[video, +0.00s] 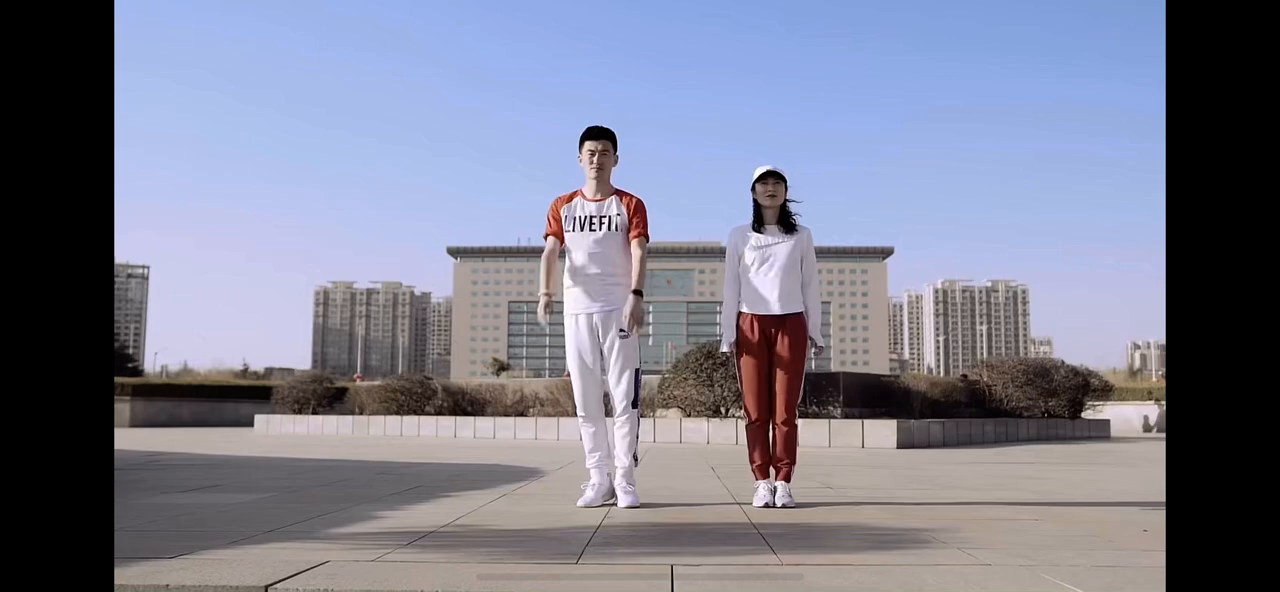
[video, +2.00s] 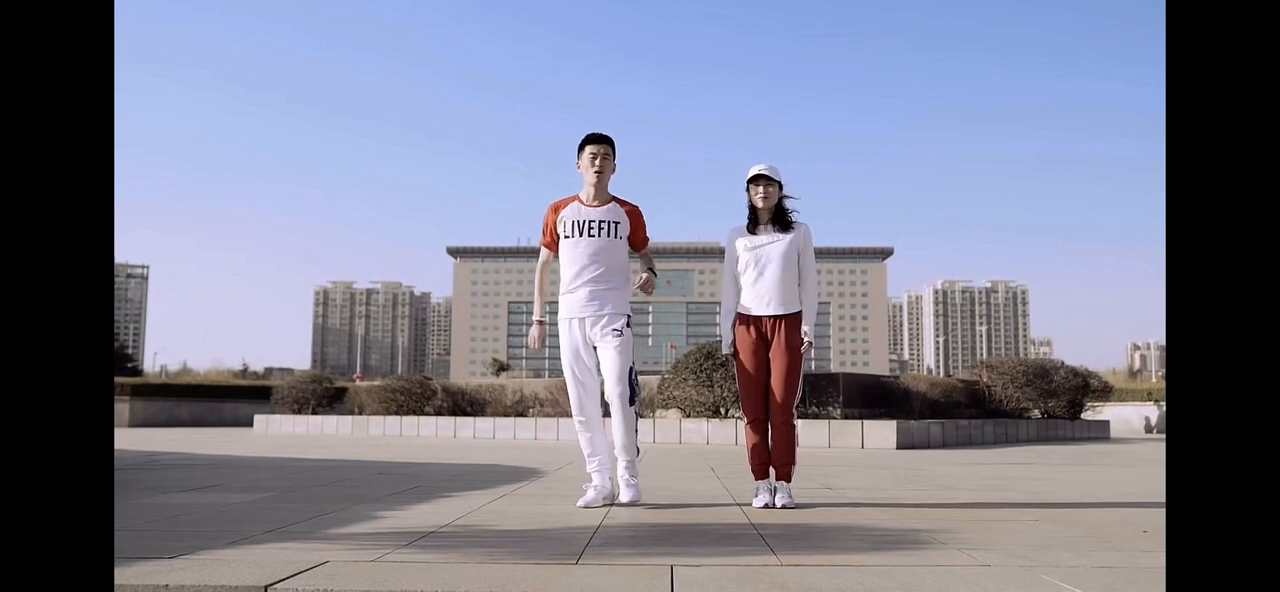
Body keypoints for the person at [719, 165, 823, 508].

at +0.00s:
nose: (770, 188)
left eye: (777, 183)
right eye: (764, 183)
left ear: (785, 192)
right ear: (754, 192)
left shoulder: (800, 234)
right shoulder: (740, 234)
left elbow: (811, 284)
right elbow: (730, 285)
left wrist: (814, 328)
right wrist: (727, 330)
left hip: (790, 324)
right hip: (750, 324)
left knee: (784, 410)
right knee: (755, 411)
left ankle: (783, 482)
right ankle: (762, 482)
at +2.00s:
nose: (762, 190)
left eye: (769, 185)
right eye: (756, 185)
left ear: (779, 192)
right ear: (749, 192)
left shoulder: (799, 232)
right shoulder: (736, 236)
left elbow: (809, 282)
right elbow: (730, 287)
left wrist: (808, 324)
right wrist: (726, 330)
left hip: (786, 323)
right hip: (747, 324)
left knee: (781, 405)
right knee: (753, 408)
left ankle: (783, 483)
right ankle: (762, 484)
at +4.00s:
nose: (762, 192)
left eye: (768, 186)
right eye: (756, 186)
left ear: (777, 192)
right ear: (746, 192)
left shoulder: (795, 230)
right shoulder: (732, 237)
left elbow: (817, 271)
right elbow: (716, 285)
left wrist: (805, 274)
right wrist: (705, 328)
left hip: (783, 325)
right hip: (745, 326)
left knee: (779, 405)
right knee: (751, 407)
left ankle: (784, 482)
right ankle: (762, 482)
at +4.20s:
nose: (761, 194)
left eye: (767, 188)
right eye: (755, 188)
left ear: (776, 193)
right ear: (746, 194)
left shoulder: (795, 232)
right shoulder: (733, 237)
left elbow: (807, 274)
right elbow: (721, 289)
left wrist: (806, 293)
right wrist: (706, 332)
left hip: (785, 323)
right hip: (746, 326)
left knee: (771, 389)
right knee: (752, 404)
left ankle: (782, 452)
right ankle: (762, 480)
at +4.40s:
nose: (766, 184)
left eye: (773, 179)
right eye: (761, 178)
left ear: (782, 185)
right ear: (752, 184)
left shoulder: (796, 227)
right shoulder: (734, 228)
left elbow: (806, 273)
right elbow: (728, 272)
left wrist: (808, 311)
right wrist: (742, 306)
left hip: (785, 307)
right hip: (746, 312)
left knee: (771, 339)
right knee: (753, 400)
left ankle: (777, 417)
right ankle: (760, 478)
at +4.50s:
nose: (771, 185)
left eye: (777, 179)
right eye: (765, 179)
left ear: (786, 185)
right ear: (755, 185)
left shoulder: (795, 225)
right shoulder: (736, 222)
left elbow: (803, 263)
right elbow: (721, 261)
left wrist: (811, 297)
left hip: (785, 311)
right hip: (747, 311)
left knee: (775, 378)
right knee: (750, 398)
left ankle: (779, 459)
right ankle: (758, 471)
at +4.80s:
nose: (773, 180)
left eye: (779, 174)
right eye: (767, 174)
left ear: (788, 180)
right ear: (757, 180)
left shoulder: (803, 220)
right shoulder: (742, 218)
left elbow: (813, 269)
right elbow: (732, 259)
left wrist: (818, 312)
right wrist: (747, 279)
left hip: (788, 309)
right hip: (749, 308)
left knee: (784, 394)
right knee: (748, 393)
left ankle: (784, 476)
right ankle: (756, 445)